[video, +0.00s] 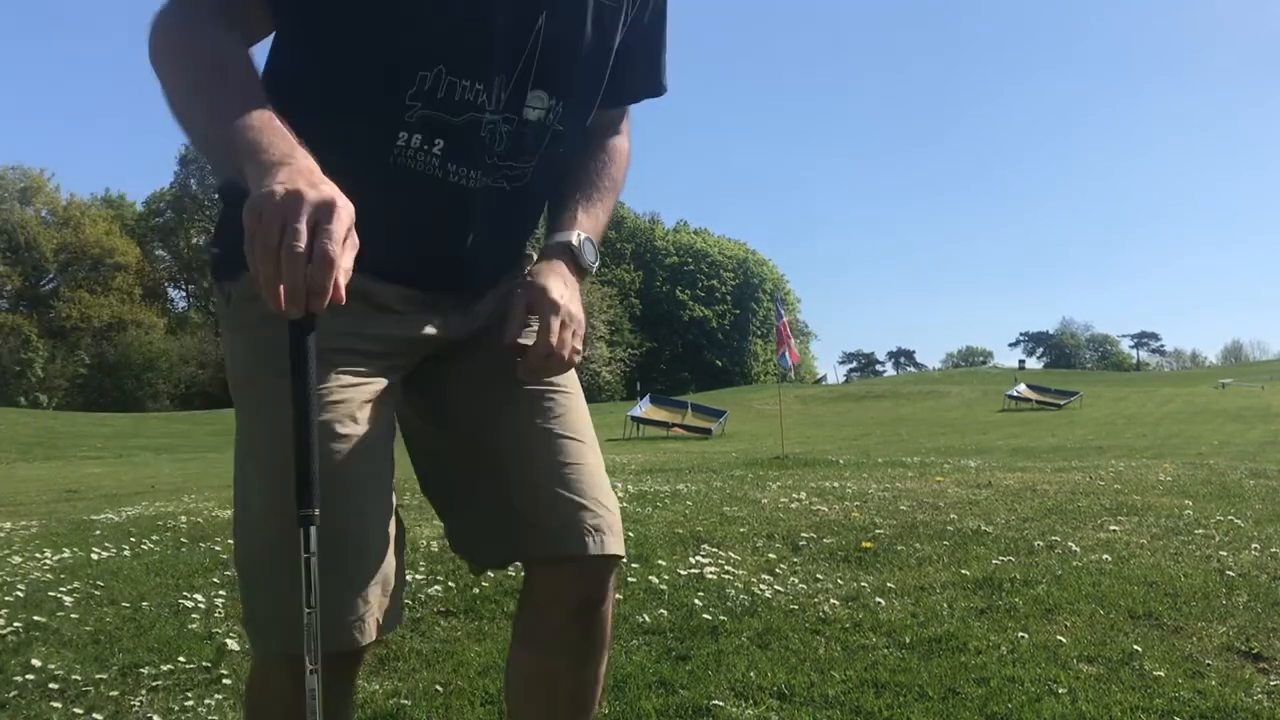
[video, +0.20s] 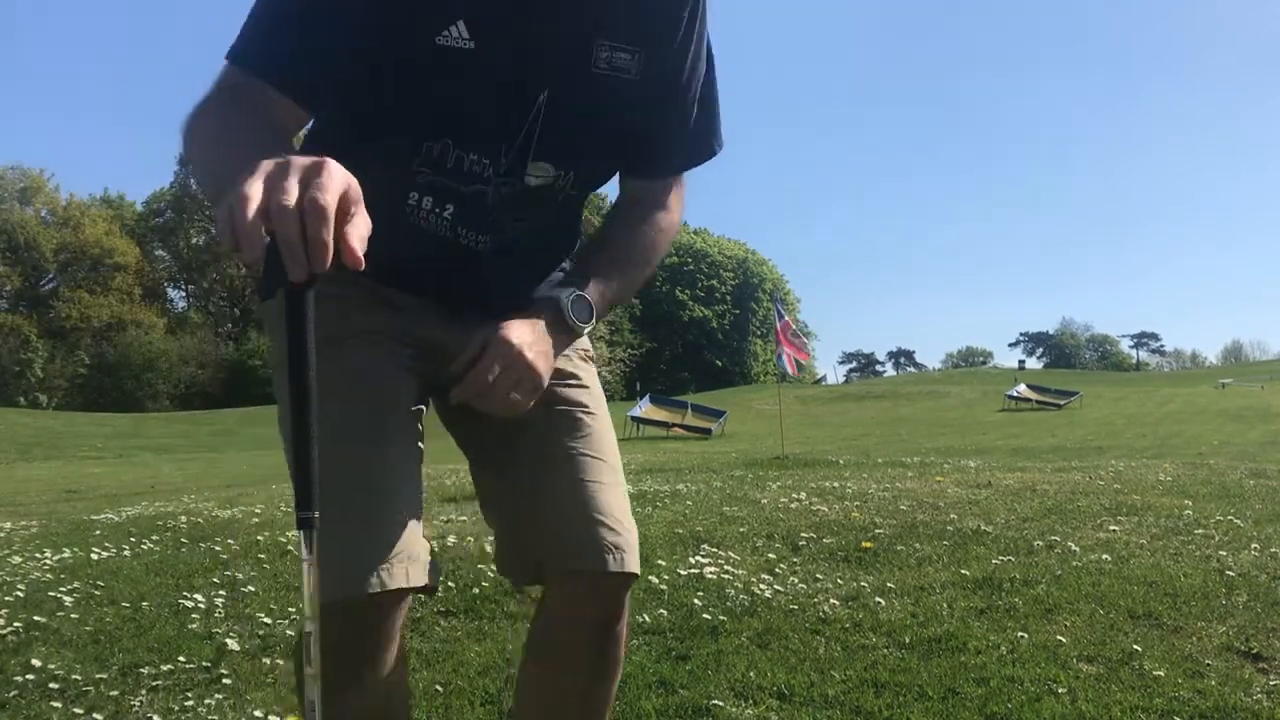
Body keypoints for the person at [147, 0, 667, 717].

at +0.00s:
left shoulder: (628, 10)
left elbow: (604, 123)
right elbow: (190, 26)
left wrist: (567, 256)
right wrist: (276, 164)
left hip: (493, 291)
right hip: (318, 278)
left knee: (581, 556)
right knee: (324, 624)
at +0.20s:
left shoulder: (667, 18)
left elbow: (655, 203)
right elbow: (235, 111)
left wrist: (561, 321)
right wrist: (261, 173)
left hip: (525, 297)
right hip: (351, 279)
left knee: (598, 572)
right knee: (369, 583)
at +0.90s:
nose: (560, 280)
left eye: (591, 241)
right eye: (525, 240)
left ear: (628, 254)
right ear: (466, 249)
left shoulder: (666, 381)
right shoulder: (404, 363)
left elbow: (750, 604)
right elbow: (304, 608)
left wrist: (614, 650)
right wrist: (361, 344)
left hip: (598, 676)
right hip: (415, 670)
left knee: (773, 708)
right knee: (342, 705)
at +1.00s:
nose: (564, 279)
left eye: (594, 238)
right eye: (528, 238)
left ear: (631, 248)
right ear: (469, 245)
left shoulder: (666, 372)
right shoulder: (401, 352)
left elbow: (742, 596)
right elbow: (314, 604)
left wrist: (618, 636)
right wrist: (371, 344)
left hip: (599, 668)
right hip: (421, 662)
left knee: (768, 708)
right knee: (346, 700)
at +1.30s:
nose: (580, 294)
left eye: (609, 257)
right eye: (544, 256)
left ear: (641, 265)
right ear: (480, 260)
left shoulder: (674, 382)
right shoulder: (416, 364)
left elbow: (748, 630)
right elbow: (302, 606)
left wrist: (679, 583)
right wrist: (367, 357)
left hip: (600, 663)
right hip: (425, 667)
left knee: (761, 710)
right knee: (350, 705)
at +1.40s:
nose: (590, 297)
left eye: (619, 261)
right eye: (554, 259)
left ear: (651, 270)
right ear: (492, 263)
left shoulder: (682, 386)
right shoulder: (419, 366)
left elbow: (752, 611)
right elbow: (294, 602)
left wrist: (655, 597)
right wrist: (362, 360)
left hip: (605, 661)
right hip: (428, 665)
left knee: (760, 710)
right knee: (345, 707)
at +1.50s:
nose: (600, 298)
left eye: (627, 262)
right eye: (564, 260)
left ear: (659, 270)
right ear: (502, 265)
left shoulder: (685, 385)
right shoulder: (422, 363)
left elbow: (753, 613)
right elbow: (290, 600)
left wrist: (630, 610)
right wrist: (362, 361)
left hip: (606, 663)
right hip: (426, 665)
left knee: (764, 710)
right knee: (336, 706)